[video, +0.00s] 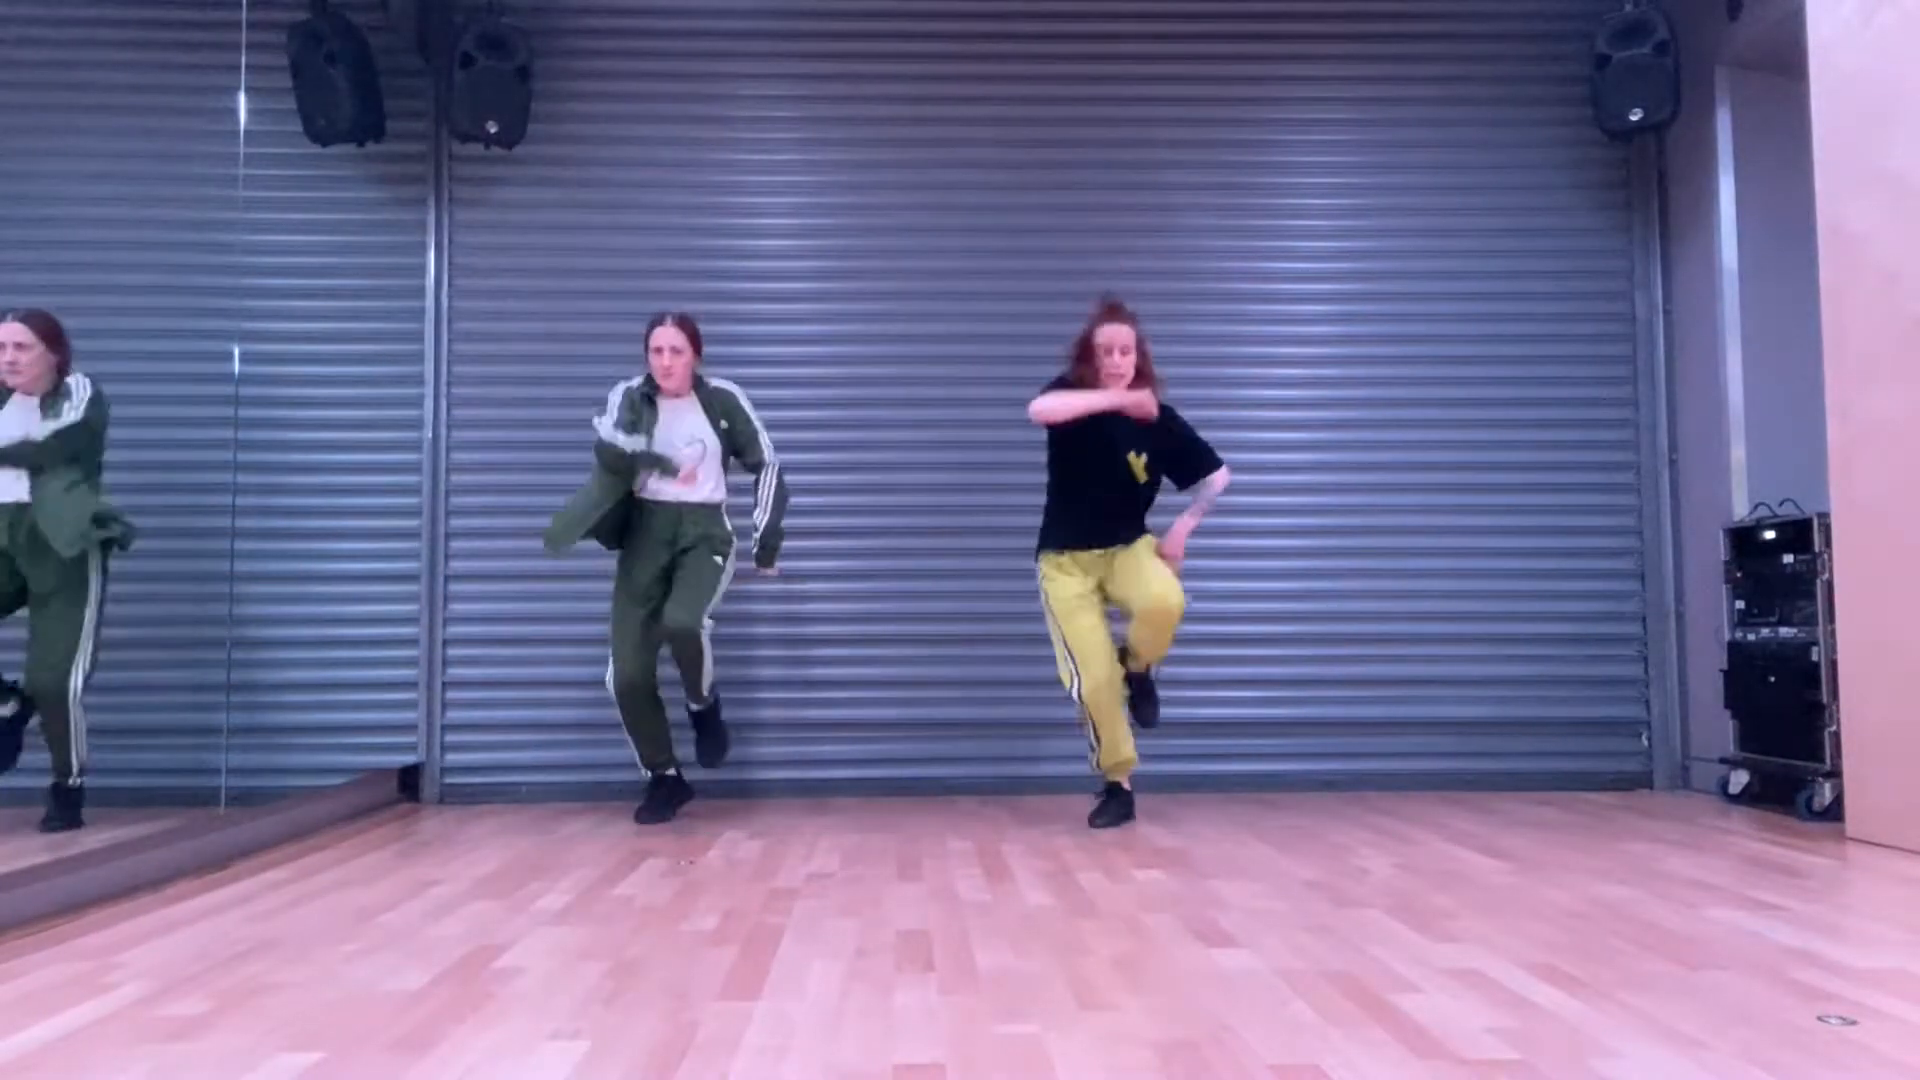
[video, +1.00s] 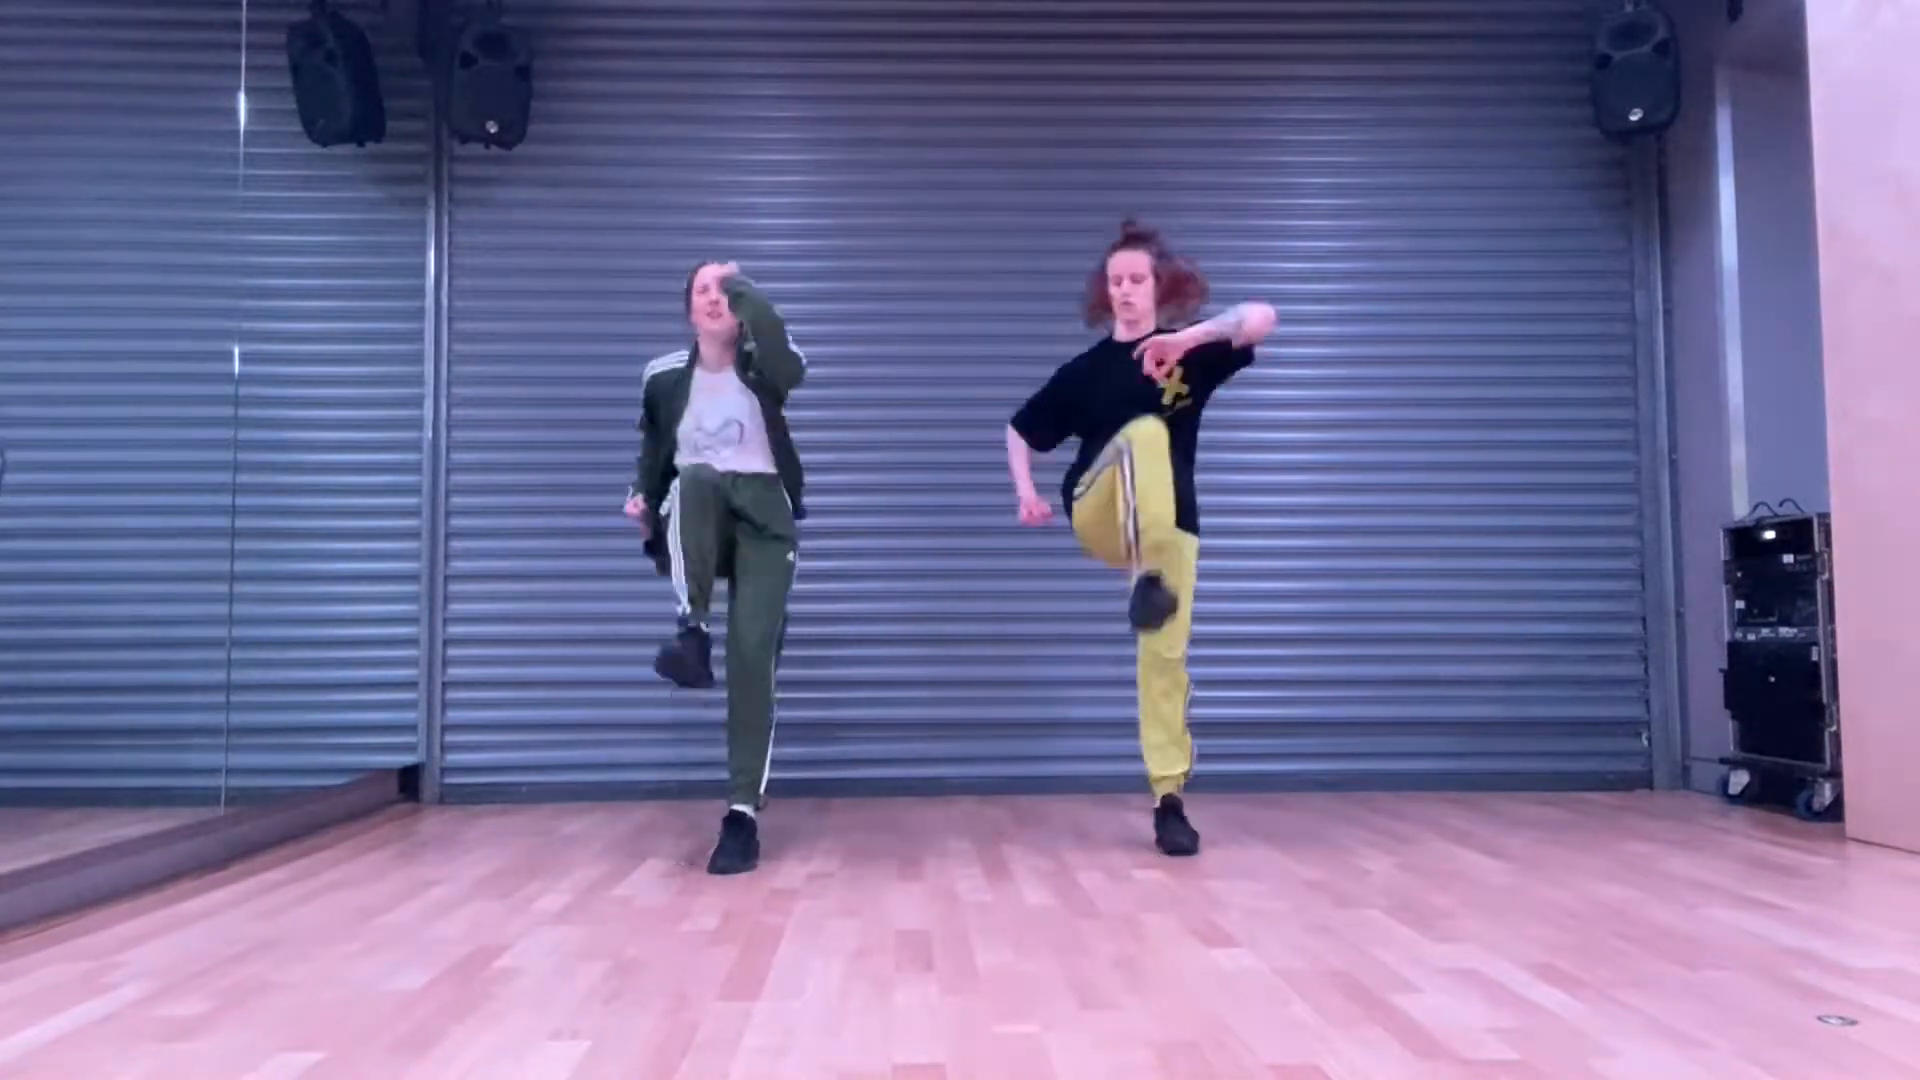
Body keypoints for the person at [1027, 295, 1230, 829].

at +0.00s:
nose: (1115, 360)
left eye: (1125, 351)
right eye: (1105, 350)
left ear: (1139, 357)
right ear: (1089, 356)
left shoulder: (1155, 416)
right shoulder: (1071, 398)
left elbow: (1216, 476)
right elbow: (1040, 411)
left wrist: (1180, 531)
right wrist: (1119, 399)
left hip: (1128, 550)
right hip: (1065, 559)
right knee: (1095, 676)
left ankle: (1137, 669)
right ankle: (1117, 785)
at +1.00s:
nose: (1125, 290)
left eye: (1137, 279)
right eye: (1116, 280)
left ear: (1161, 286)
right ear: (1105, 291)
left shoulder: (1195, 356)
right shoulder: (1087, 371)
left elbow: (1262, 318)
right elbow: (1018, 432)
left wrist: (1192, 337)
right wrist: (1025, 491)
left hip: (1171, 524)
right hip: (1101, 519)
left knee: (1166, 659)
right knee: (1144, 431)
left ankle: (1169, 797)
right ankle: (1151, 577)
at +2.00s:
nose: (1186, 311)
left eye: (1195, 299)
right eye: (1174, 299)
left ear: (1213, 306)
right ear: (1157, 306)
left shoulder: (1218, 388)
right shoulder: (1135, 372)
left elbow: (1244, 472)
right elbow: (1125, 452)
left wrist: (1300, 525)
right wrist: (1191, 465)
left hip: (1161, 562)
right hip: (1080, 536)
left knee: (1194, 683)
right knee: (997, 628)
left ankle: (1166, 808)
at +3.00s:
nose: (938, 332)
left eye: (950, 326)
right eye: (944, 322)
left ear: (979, 344)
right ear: (986, 347)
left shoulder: (995, 399)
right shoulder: (989, 399)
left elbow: (999, 500)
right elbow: (1020, 506)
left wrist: (1002, 573)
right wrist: (986, 562)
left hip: (1079, 586)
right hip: (1028, 583)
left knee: (1087, 739)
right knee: (955, 674)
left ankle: (1207, 790)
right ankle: (985, 818)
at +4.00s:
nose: (1041, 239)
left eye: (1058, 236)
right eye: (1048, 233)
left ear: (1074, 270)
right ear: (1047, 265)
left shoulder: (1077, 328)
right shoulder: (1021, 323)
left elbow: (1112, 287)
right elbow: (985, 304)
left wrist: (1080, 244)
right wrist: (938, 282)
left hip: (1096, 533)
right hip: (1118, 527)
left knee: (1051, 671)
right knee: (1117, 679)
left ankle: (1018, 825)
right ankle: (1224, 793)